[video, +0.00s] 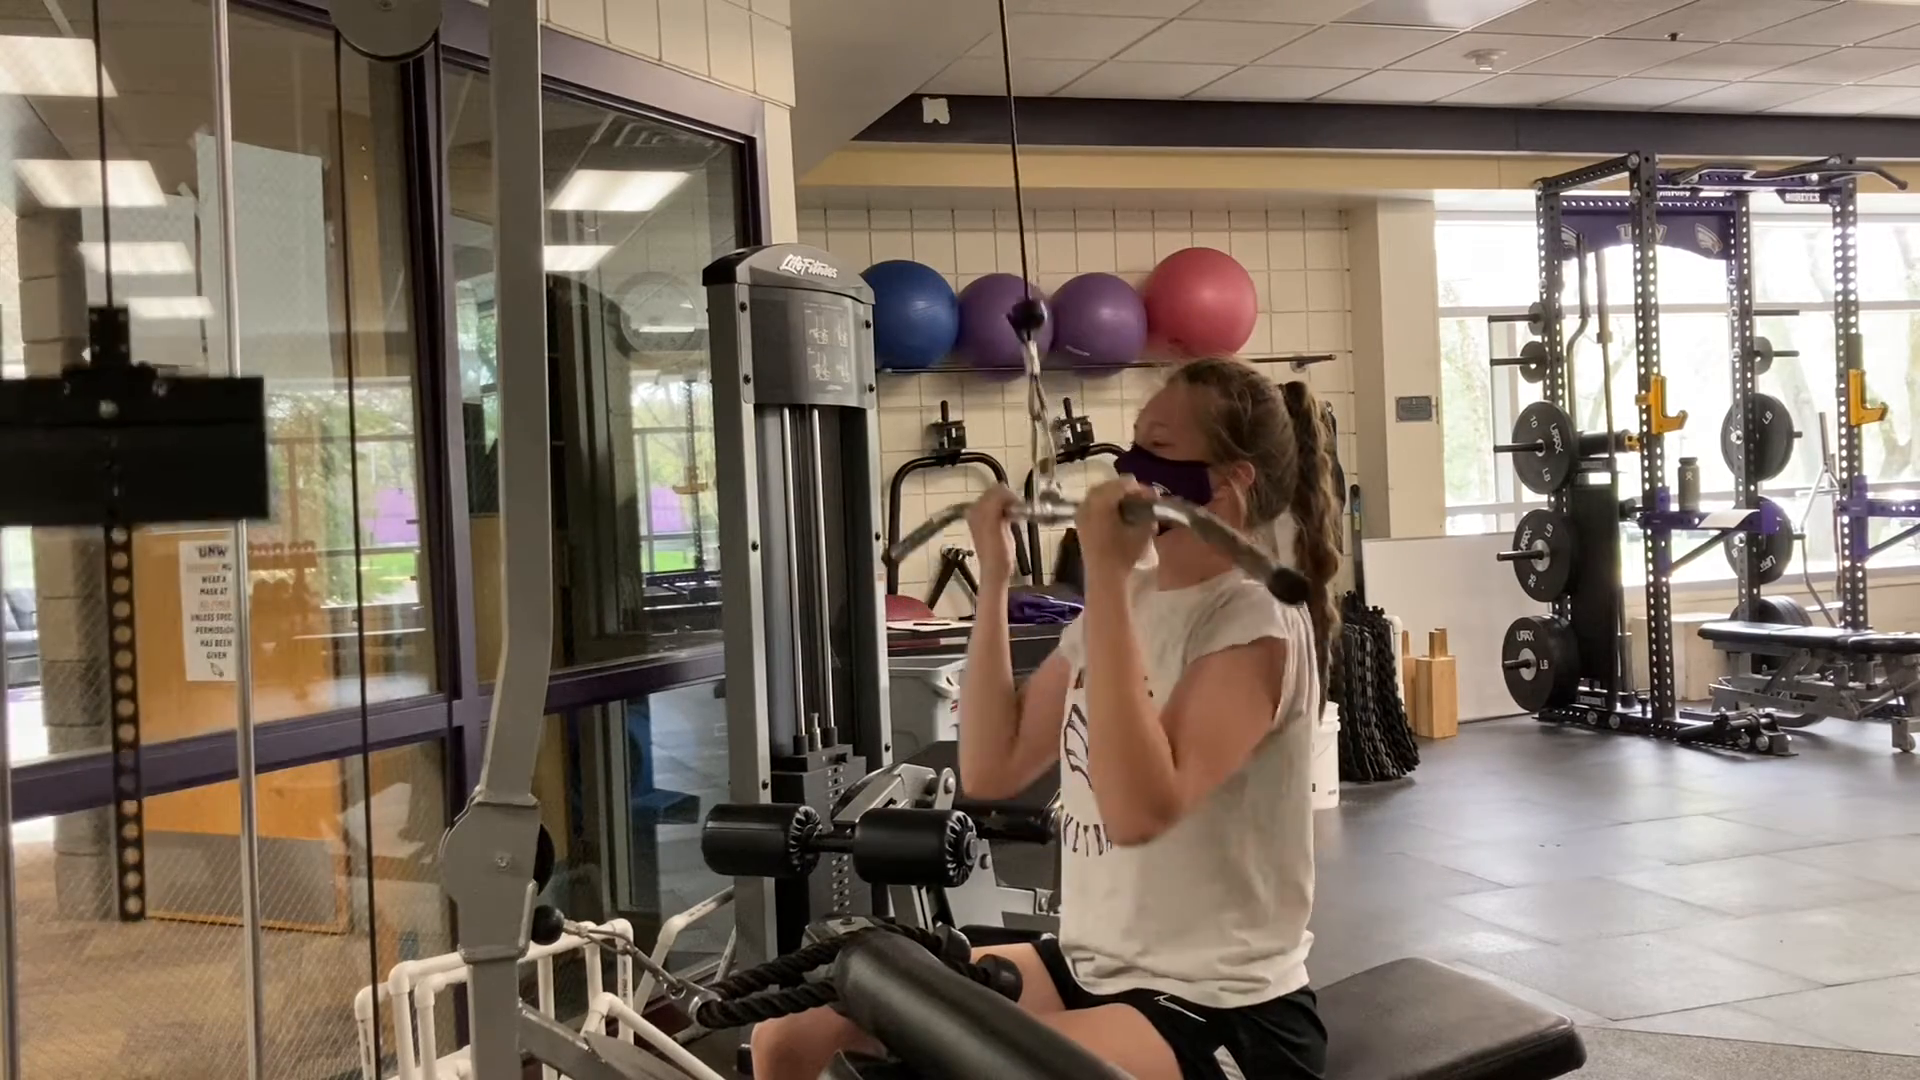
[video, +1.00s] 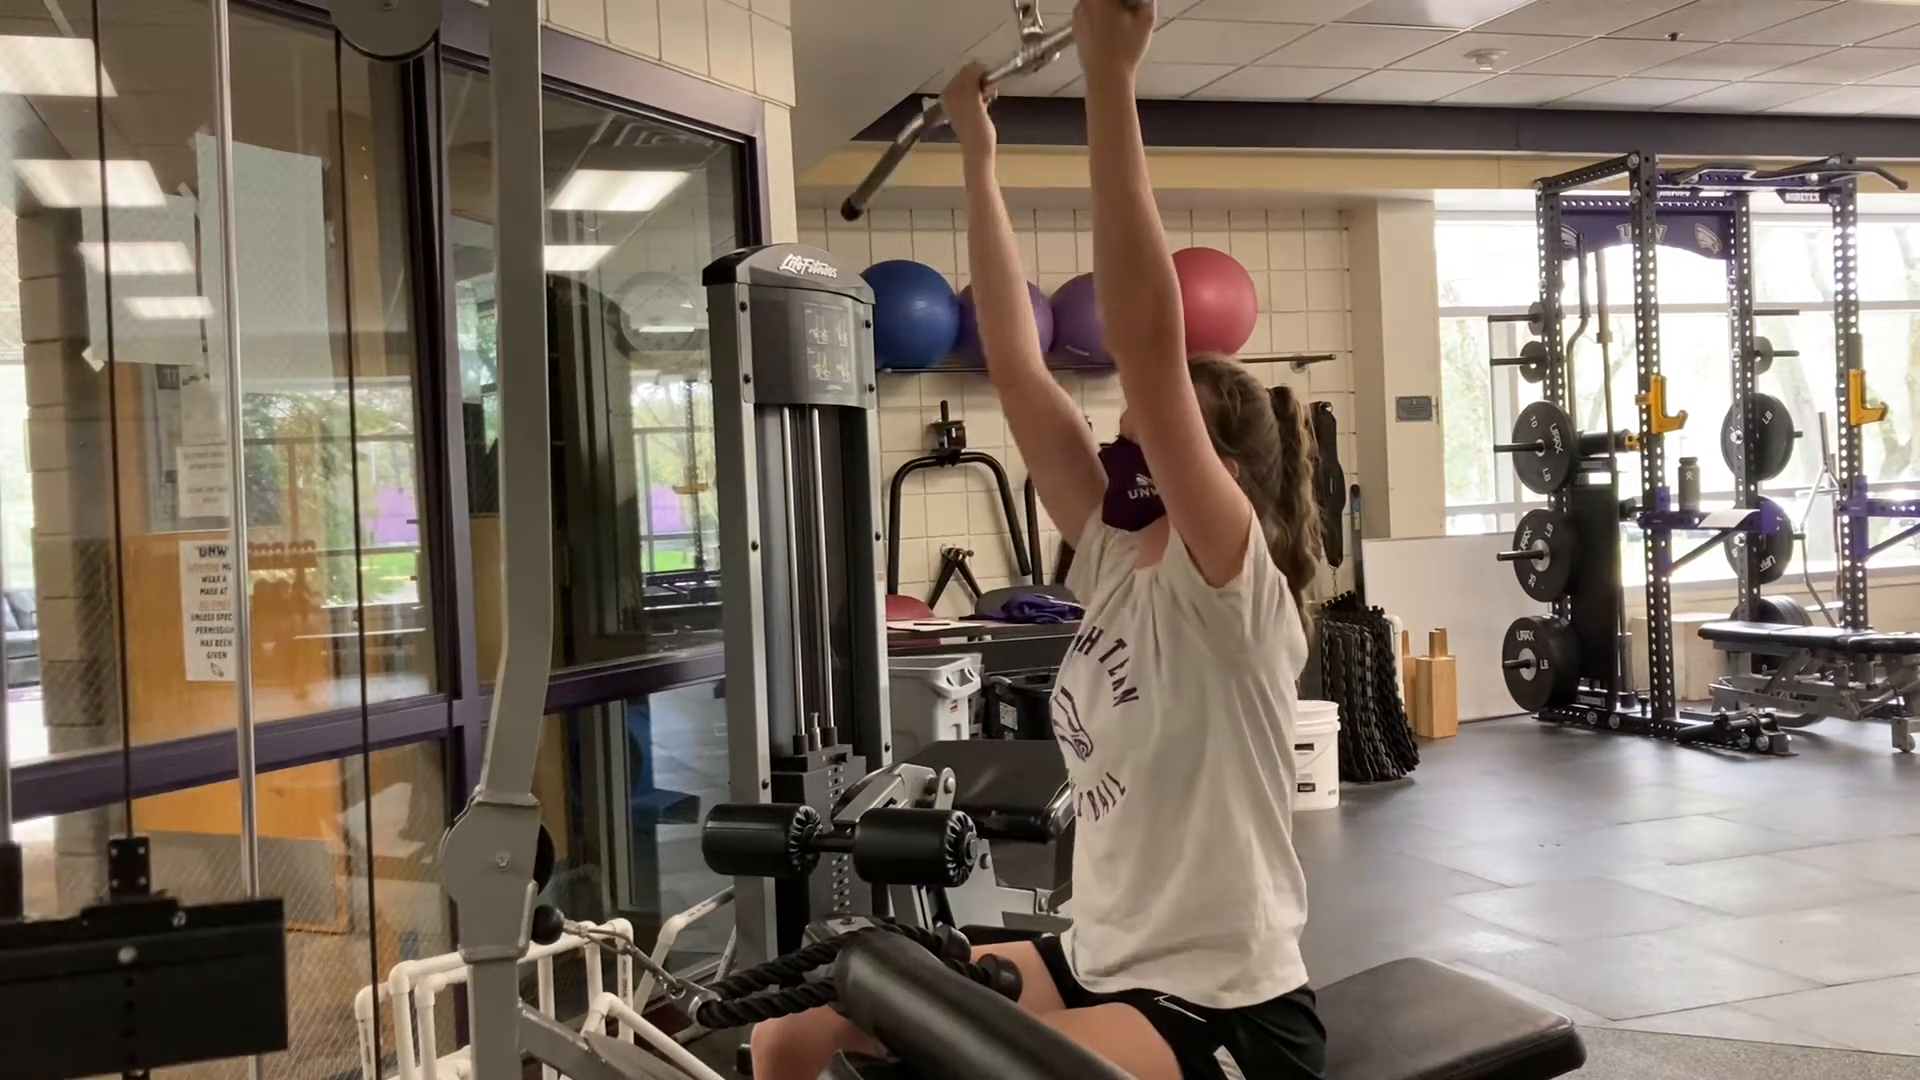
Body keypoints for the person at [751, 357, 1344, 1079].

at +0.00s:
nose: (1129, 470)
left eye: (1157, 455)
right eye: (1133, 450)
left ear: (1235, 486)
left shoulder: (1260, 620)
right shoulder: (1115, 610)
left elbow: (1138, 812)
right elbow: (989, 773)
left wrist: (1108, 580)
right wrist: (994, 584)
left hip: (1223, 1005)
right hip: (1095, 965)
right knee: (788, 1039)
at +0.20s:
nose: (1123, 468)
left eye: (1155, 451)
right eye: (1126, 447)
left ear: (1230, 483)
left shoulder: (1259, 606)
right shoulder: (1124, 583)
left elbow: (1103, 680)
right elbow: (947, 660)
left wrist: (1096, 453)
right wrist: (984, 471)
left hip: (1224, 1006)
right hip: (1094, 964)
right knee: (788, 1042)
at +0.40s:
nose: (1121, 465)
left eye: (1151, 452)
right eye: (1127, 448)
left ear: (1229, 482)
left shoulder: (1261, 602)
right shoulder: (1119, 581)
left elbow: (1098, 578)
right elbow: (945, 575)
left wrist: (1095, 342)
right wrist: (978, 382)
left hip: (1227, 1011)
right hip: (1092, 963)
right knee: (792, 1039)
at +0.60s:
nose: (1131, 451)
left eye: (1157, 441)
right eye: (1131, 434)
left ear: (1226, 481)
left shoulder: (1251, 593)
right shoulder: (1106, 572)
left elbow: (1099, 452)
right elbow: (962, 481)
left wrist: (1100, 217)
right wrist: (981, 278)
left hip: (1222, 1013)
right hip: (1088, 967)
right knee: (788, 1041)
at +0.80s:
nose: (1125, 449)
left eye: (1153, 425)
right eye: (1127, 428)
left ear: (1222, 455)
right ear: (1140, 443)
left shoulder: (1245, 582)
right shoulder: (1107, 561)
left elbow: (1143, 377)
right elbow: (996, 412)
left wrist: (1108, 112)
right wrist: (980, 191)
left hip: (1224, 1007)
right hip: (1093, 967)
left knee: (979, 1074)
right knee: (791, 1042)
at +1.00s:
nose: (1133, 433)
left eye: (1166, 409)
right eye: (1139, 412)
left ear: (1221, 451)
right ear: (1146, 438)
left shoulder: (1236, 584)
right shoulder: (1104, 552)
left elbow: (1150, 354)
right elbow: (1016, 361)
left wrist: (1109, 80)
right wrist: (977, 151)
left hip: (1224, 1009)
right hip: (1099, 968)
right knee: (794, 1038)